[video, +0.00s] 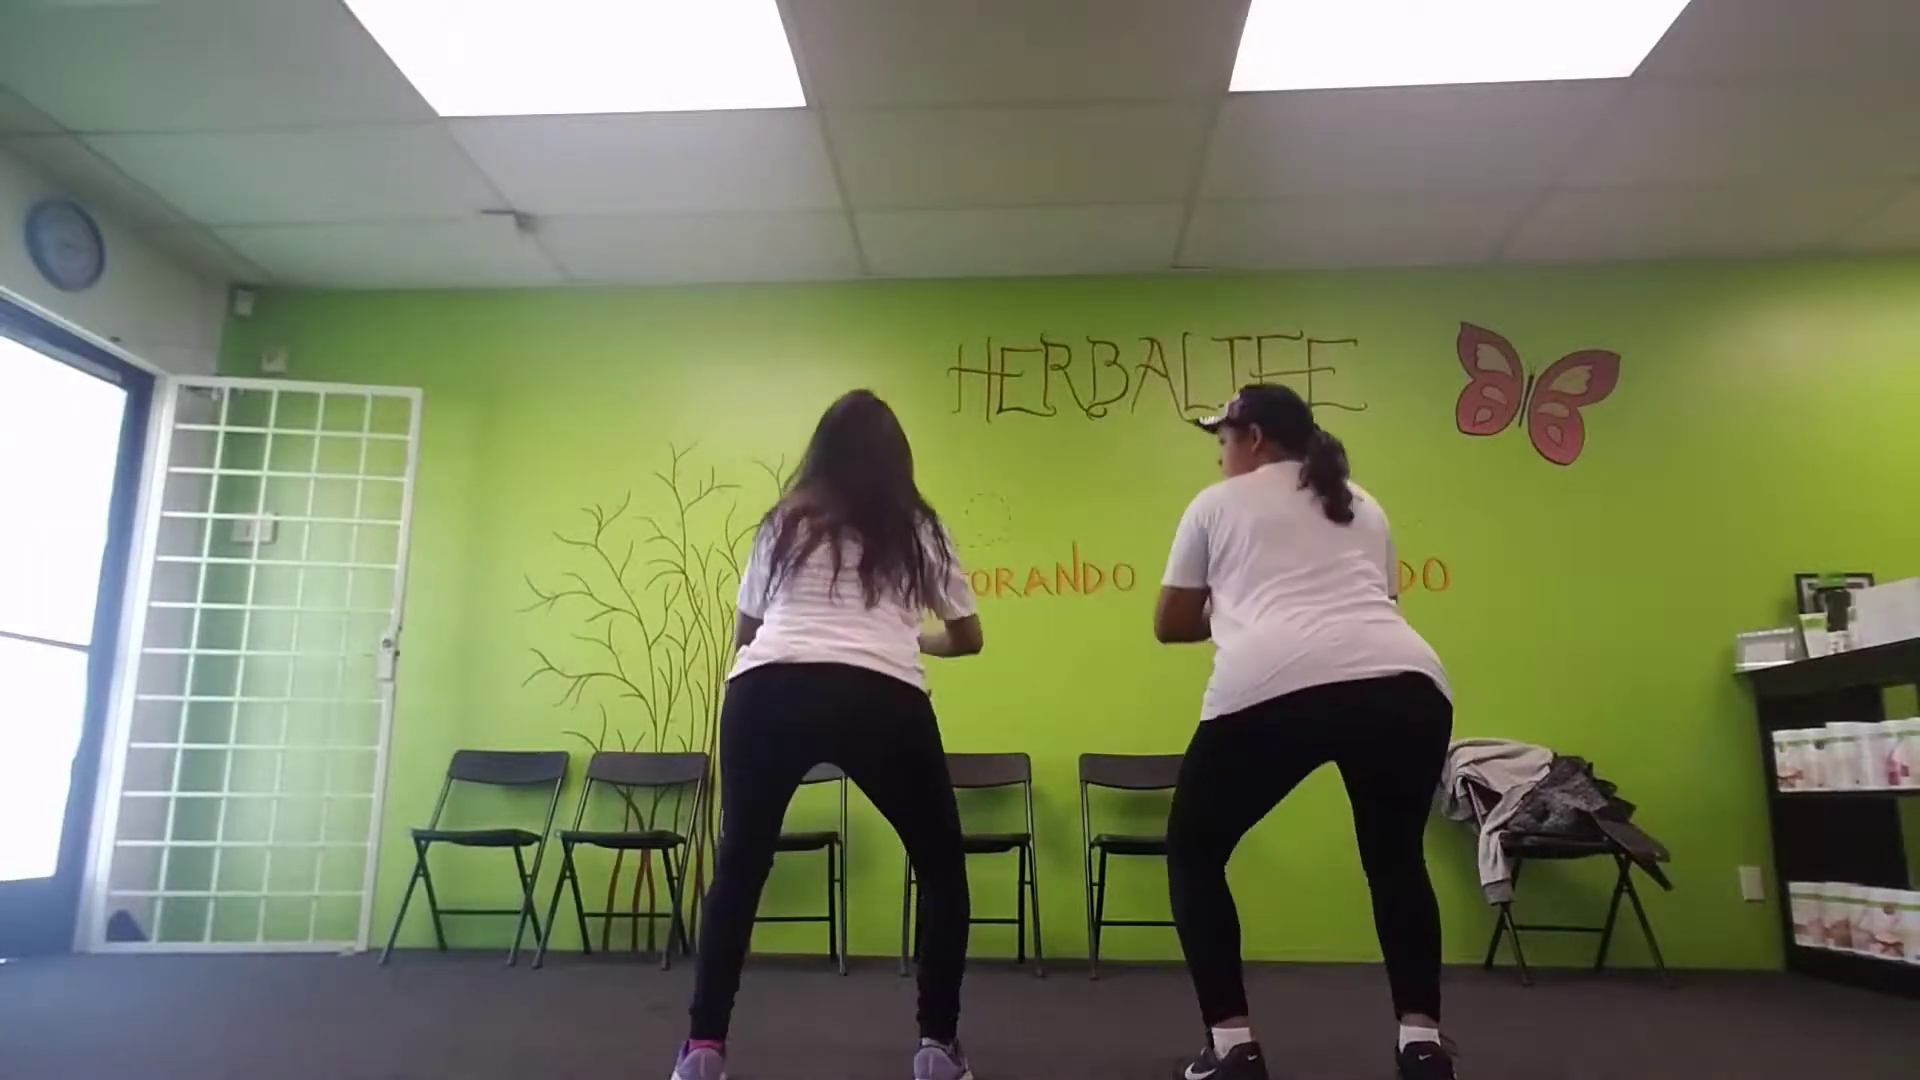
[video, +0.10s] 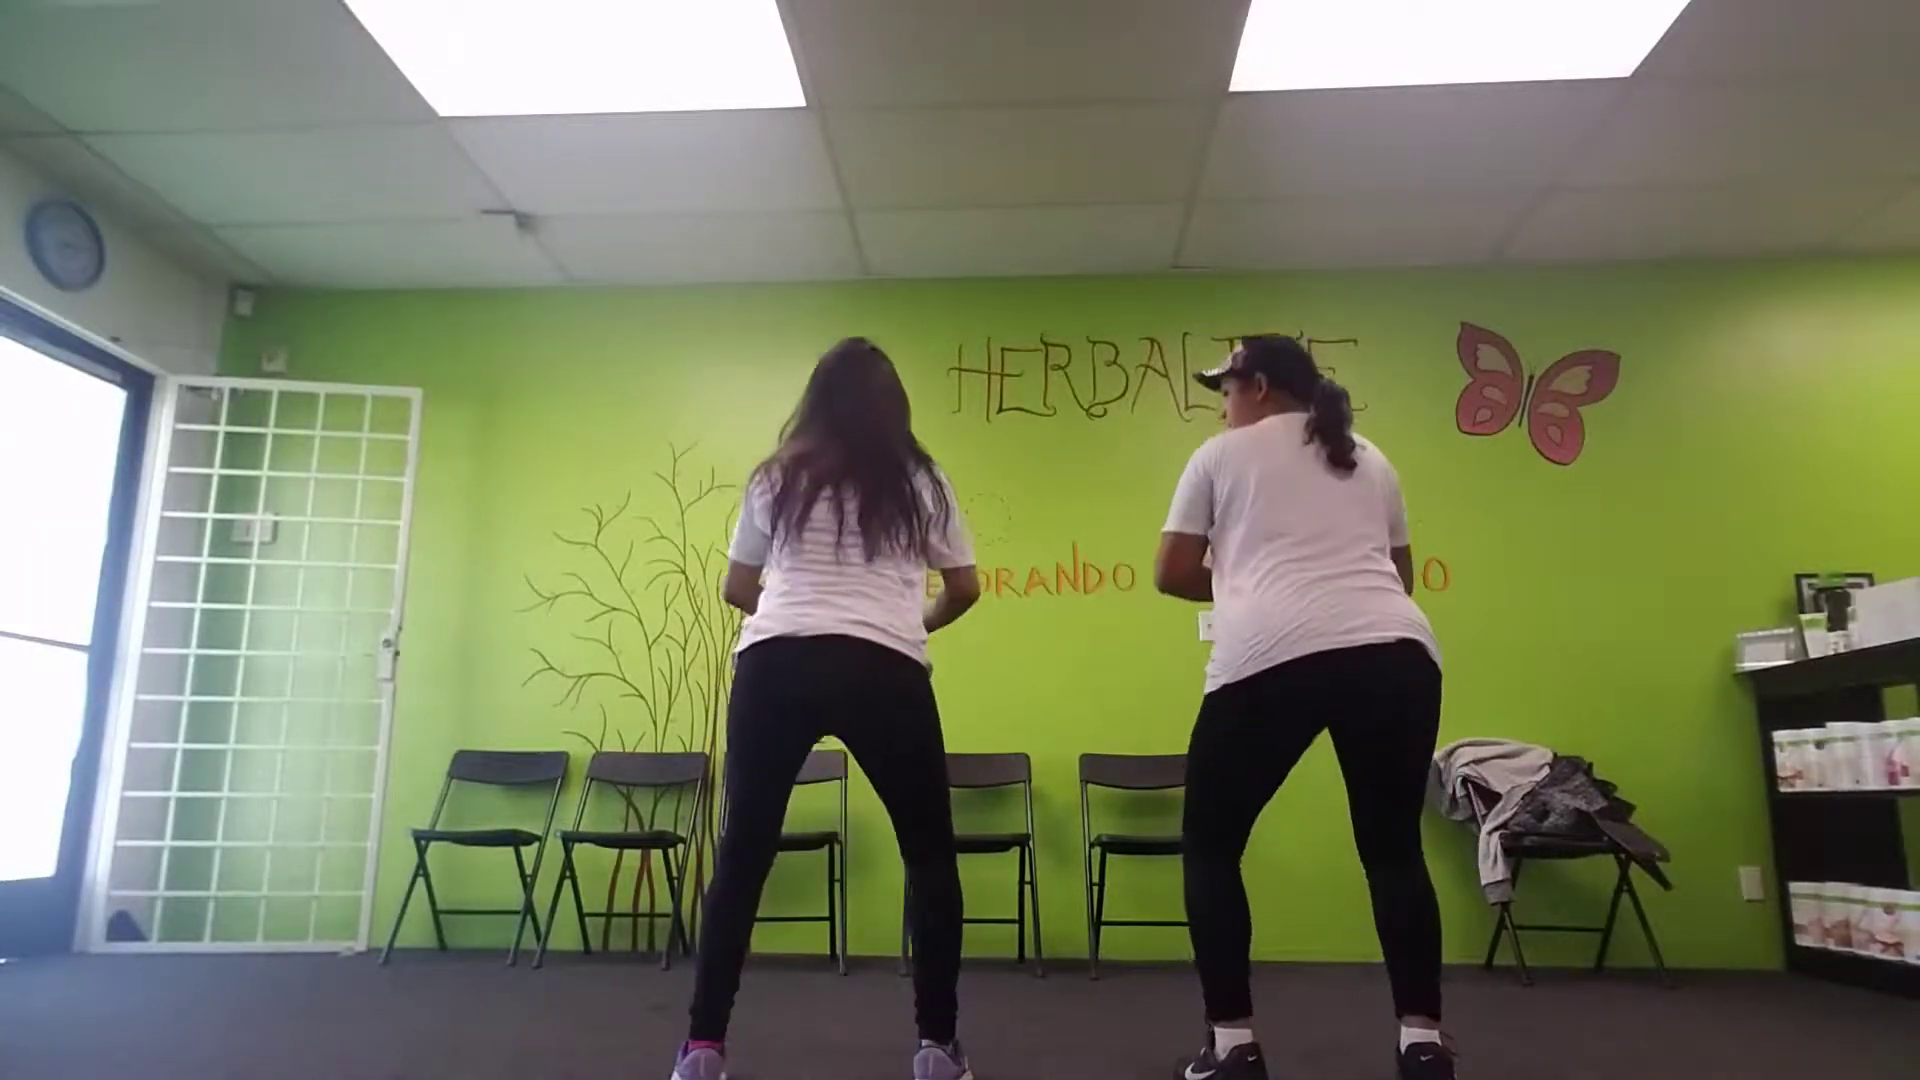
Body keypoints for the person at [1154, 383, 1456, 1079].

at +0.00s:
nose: (1220, 455)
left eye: (1226, 441)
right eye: (1221, 441)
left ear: (1254, 440)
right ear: (1297, 442)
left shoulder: (1215, 505)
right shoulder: (1364, 504)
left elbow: (1173, 624)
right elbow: (1386, 600)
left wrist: (1248, 608)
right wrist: (1311, 605)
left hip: (1270, 694)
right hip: (1401, 687)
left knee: (1195, 854)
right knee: (1396, 856)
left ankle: (1232, 1045)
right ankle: (1421, 1037)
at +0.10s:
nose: (1221, 404)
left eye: (1227, 390)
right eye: (1222, 391)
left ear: (1257, 389)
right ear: (1298, 390)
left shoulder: (1219, 455)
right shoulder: (1369, 456)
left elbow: (1175, 572)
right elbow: (1400, 572)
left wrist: (1251, 583)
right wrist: (1327, 583)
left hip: (1269, 660)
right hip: (1393, 654)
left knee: (1210, 847)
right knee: (1394, 847)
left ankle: (1233, 1045)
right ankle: (1422, 1036)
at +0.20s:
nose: (1223, 374)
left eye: (1228, 360)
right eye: (1223, 361)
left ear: (1259, 355)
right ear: (1301, 356)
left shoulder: (1222, 423)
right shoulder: (1376, 426)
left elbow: (1180, 541)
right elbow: (1410, 554)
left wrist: (1251, 565)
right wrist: (1331, 562)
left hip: (1264, 645)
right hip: (1387, 638)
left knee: (1232, 845)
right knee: (1394, 842)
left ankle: (1234, 1046)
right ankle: (1422, 1039)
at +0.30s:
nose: (1227, 360)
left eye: (1232, 345)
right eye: (1227, 347)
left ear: (1264, 338)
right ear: (1304, 338)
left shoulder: (1228, 406)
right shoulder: (1381, 411)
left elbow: (1190, 526)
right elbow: (1418, 538)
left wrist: (1259, 556)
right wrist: (1337, 555)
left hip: (1264, 651)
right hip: (1384, 641)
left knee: (1250, 848)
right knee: (1389, 839)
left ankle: (1236, 1047)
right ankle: (1422, 1041)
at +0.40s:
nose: (1232, 360)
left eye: (1236, 346)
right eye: (1232, 348)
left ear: (1268, 336)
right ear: (1309, 336)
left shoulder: (1234, 404)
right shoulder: (1387, 410)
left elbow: (1196, 527)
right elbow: (1421, 539)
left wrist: (1258, 555)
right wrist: (1341, 547)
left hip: (1262, 655)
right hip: (1380, 649)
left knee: (1257, 846)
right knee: (1389, 840)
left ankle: (1234, 1047)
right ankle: (1423, 1042)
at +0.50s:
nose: (1235, 360)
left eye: (1239, 345)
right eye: (1235, 348)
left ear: (1273, 335)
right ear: (1312, 334)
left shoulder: (1238, 405)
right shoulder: (1392, 411)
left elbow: (1196, 526)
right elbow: (1421, 540)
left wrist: (1261, 557)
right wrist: (1338, 547)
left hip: (1262, 656)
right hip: (1380, 649)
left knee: (1257, 847)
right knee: (1388, 841)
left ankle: (1234, 1047)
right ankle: (1423, 1042)